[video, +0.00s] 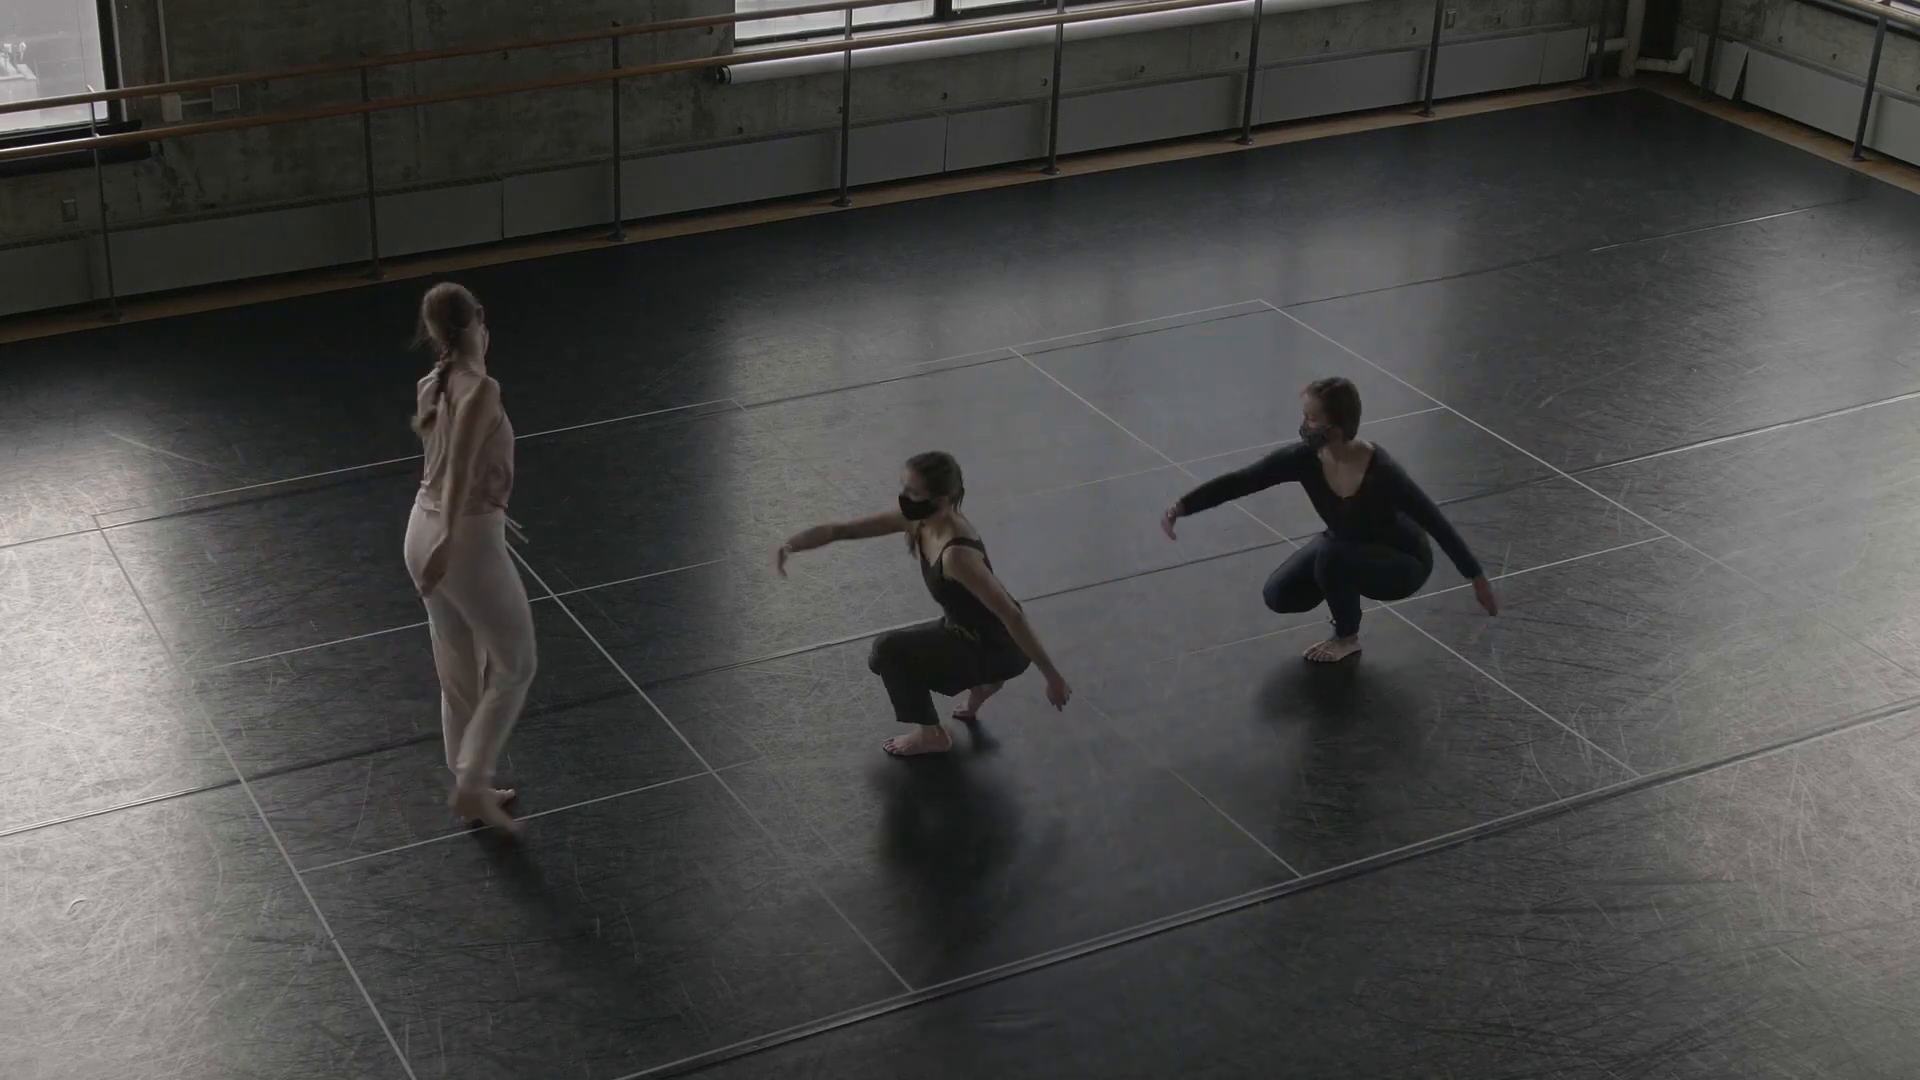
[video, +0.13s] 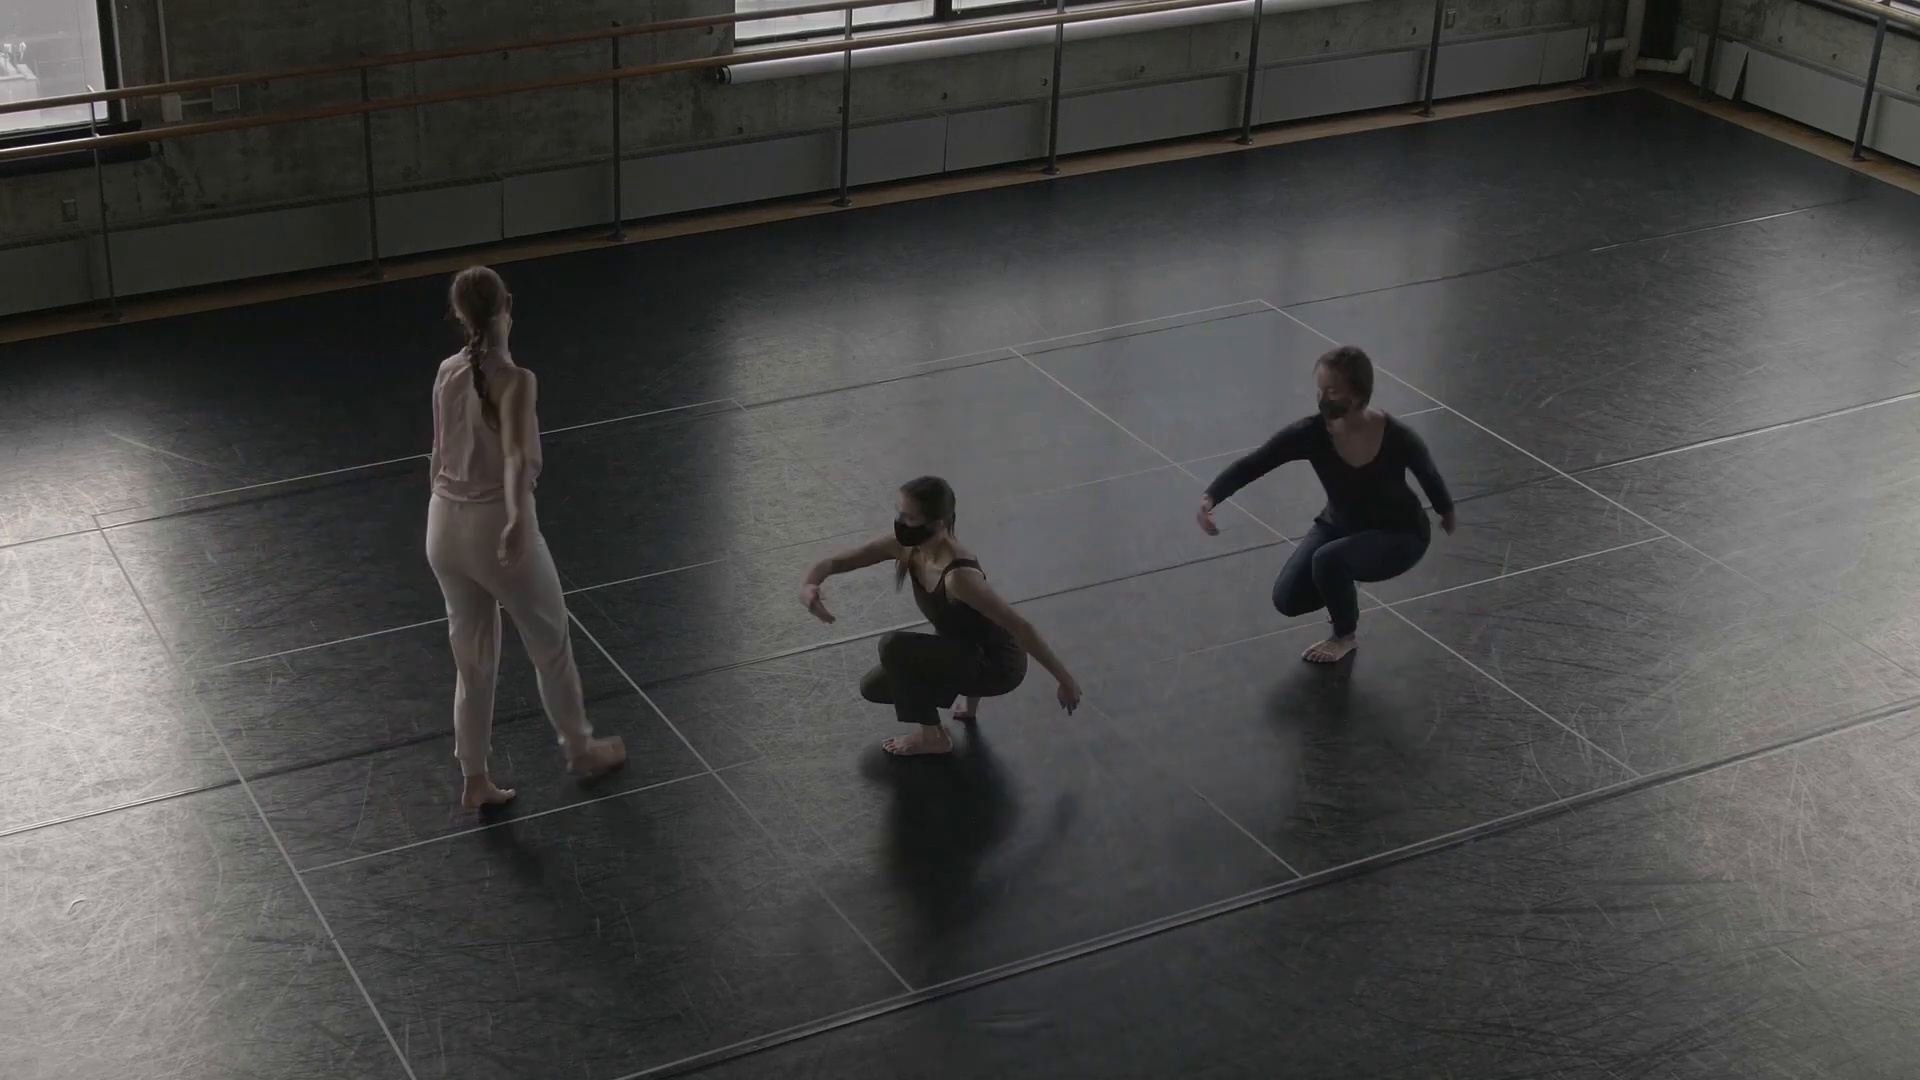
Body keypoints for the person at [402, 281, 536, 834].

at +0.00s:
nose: (485, 328)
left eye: (478, 321)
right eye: (482, 321)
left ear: (437, 332)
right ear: (477, 325)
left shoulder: (434, 383)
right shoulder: (476, 385)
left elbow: (443, 465)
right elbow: (458, 464)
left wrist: (491, 516)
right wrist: (448, 537)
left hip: (427, 531)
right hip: (470, 536)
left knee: (457, 670)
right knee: (517, 663)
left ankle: (465, 787)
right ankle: (473, 782)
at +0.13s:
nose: (511, 312)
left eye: (504, 305)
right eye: (509, 305)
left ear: (460, 316)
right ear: (506, 311)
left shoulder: (447, 374)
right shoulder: (516, 380)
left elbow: (442, 450)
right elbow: (517, 457)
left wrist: (447, 503)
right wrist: (517, 518)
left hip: (443, 525)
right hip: (500, 524)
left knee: (472, 665)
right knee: (551, 642)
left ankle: (475, 783)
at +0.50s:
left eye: (522, 370)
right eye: (560, 366)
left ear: (518, 379)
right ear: (564, 374)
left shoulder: (496, 441)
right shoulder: (593, 435)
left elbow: (474, 521)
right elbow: (676, 427)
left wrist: (458, 582)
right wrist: (750, 395)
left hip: (508, 593)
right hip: (576, 593)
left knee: (526, 590)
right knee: (609, 598)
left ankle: (544, 691)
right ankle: (596, 713)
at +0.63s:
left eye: (534, 421)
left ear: (532, 429)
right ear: (577, 424)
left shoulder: (509, 487)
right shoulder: (604, 478)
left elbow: (478, 568)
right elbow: (676, 461)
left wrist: (452, 630)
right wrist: (713, 424)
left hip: (522, 640)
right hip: (586, 640)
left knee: (523, 590)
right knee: (617, 597)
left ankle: (546, 689)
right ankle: (598, 709)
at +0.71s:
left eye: (537, 446)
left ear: (538, 455)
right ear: (582, 450)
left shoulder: (515, 512)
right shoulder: (610, 501)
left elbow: (482, 595)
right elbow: (664, 482)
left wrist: (450, 662)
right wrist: (667, 450)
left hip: (531, 665)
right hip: (593, 665)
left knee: (526, 594)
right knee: (620, 601)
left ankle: (546, 692)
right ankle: (598, 707)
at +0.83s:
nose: (528, 436)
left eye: (528, 432)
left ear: (533, 441)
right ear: (575, 438)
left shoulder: (515, 501)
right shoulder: (603, 483)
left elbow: (502, 584)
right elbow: (618, 471)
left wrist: (484, 657)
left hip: (539, 644)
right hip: (604, 643)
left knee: (519, 577)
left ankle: (545, 689)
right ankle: (600, 700)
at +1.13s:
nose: (500, 364)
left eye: (506, 358)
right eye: (502, 356)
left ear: (532, 369)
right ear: (546, 364)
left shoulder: (543, 426)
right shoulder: (569, 394)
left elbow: (577, 512)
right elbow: (517, 404)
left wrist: (595, 589)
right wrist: (450, 425)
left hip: (605, 562)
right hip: (640, 546)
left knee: (510, 591)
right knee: (560, 618)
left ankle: (530, 682)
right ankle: (624, 701)